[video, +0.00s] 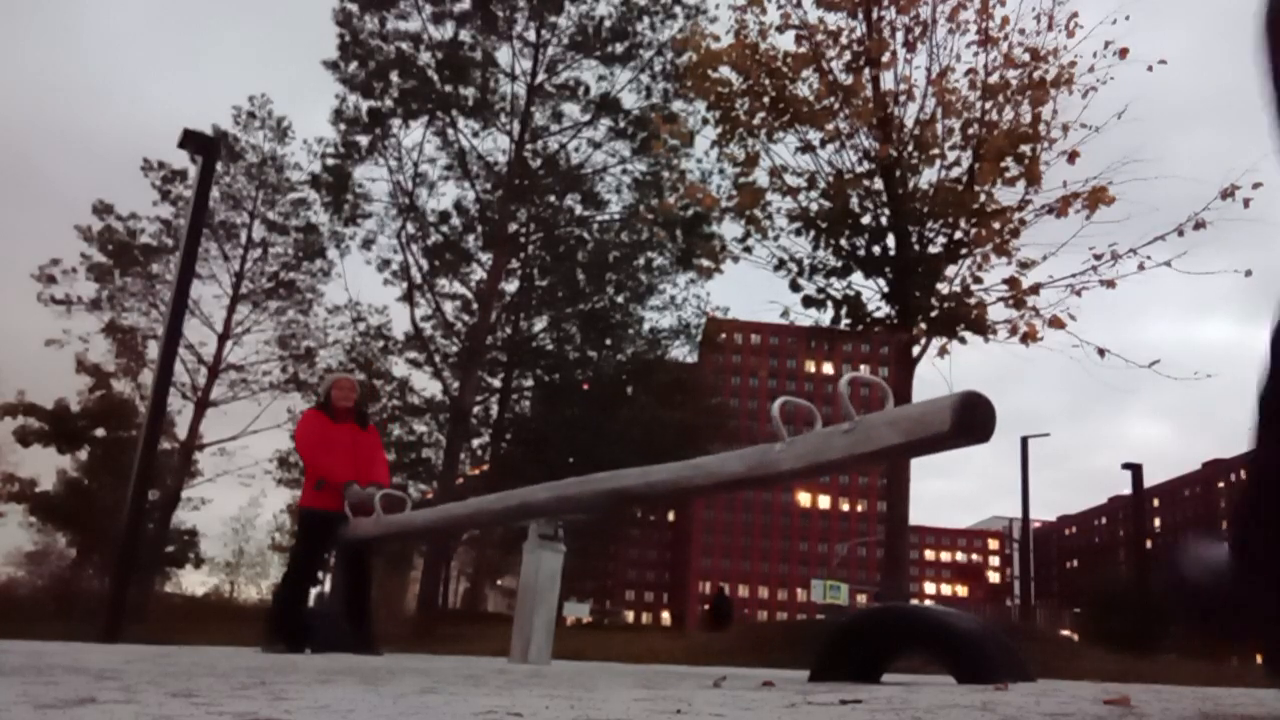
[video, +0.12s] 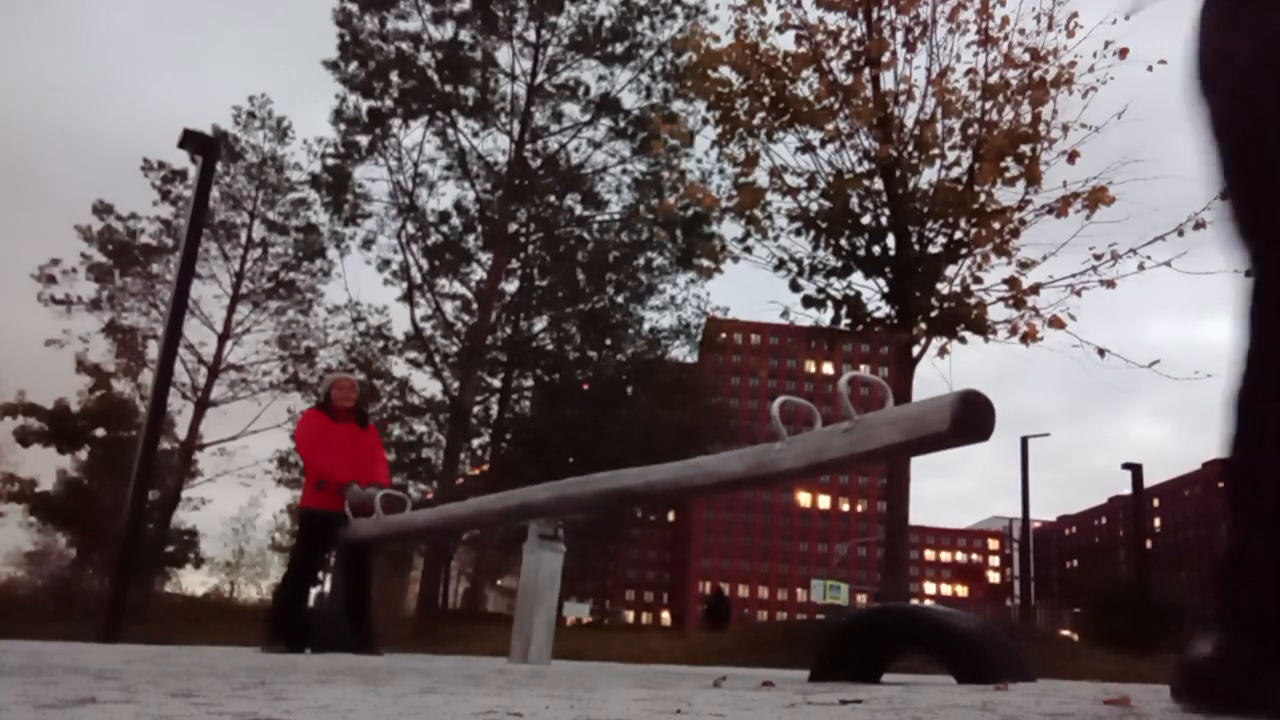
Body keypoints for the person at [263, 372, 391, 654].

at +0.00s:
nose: (345, 393)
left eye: (351, 389)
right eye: (339, 388)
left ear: (358, 396)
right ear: (328, 393)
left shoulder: (367, 430)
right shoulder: (312, 420)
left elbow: (379, 465)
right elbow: (312, 456)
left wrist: (377, 489)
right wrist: (342, 481)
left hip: (357, 514)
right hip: (319, 509)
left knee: (357, 577)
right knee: (301, 573)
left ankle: (360, 640)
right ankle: (282, 637)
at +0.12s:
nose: (345, 393)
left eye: (351, 389)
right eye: (339, 388)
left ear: (358, 396)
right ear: (327, 393)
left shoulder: (367, 429)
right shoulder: (312, 420)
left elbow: (379, 465)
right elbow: (313, 458)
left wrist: (376, 489)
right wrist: (343, 482)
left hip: (357, 514)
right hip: (319, 509)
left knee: (358, 578)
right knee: (302, 573)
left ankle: (360, 640)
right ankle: (281, 637)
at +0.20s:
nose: (345, 393)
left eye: (351, 389)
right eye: (339, 388)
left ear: (358, 395)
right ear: (328, 393)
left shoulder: (367, 428)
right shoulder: (313, 419)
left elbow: (379, 465)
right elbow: (311, 455)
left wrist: (378, 490)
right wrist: (339, 482)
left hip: (357, 514)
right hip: (320, 509)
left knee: (358, 577)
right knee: (302, 573)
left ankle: (360, 640)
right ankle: (281, 636)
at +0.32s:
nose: (348, 393)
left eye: (353, 389)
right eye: (342, 388)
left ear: (360, 394)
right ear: (331, 392)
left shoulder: (370, 428)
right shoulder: (315, 419)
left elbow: (381, 466)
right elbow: (315, 457)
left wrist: (378, 491)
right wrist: (344, 483)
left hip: (358, 514)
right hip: (321, 509)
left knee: (358, 578)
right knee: (302, 573)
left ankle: (360, 640)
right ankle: (281, 636)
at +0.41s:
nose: (349, 393)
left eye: (354, 388)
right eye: (343, 388)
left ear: (361, 394)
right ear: (332, 392)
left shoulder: (371, 428)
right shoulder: (316, 418)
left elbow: (381, 466)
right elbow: (315, 457)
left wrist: (376, 490)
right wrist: (344, 482)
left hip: (359, 514)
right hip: (321, 509)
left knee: (358, 579)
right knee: (302, 573)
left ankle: (360, 640)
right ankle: (281, 636)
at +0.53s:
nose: (353, 392)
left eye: (359, 388)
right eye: (347, 387)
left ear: (365, 393)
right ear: (336, 391)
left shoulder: (373, 427)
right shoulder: (319, 417)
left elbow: (383, 466)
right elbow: (315, 455)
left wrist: (376, 489)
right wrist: (343, 482)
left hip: (359, 514)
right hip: (321, 508)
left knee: (359, 578)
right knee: (302, 573)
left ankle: (360, 640)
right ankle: (282, 636)